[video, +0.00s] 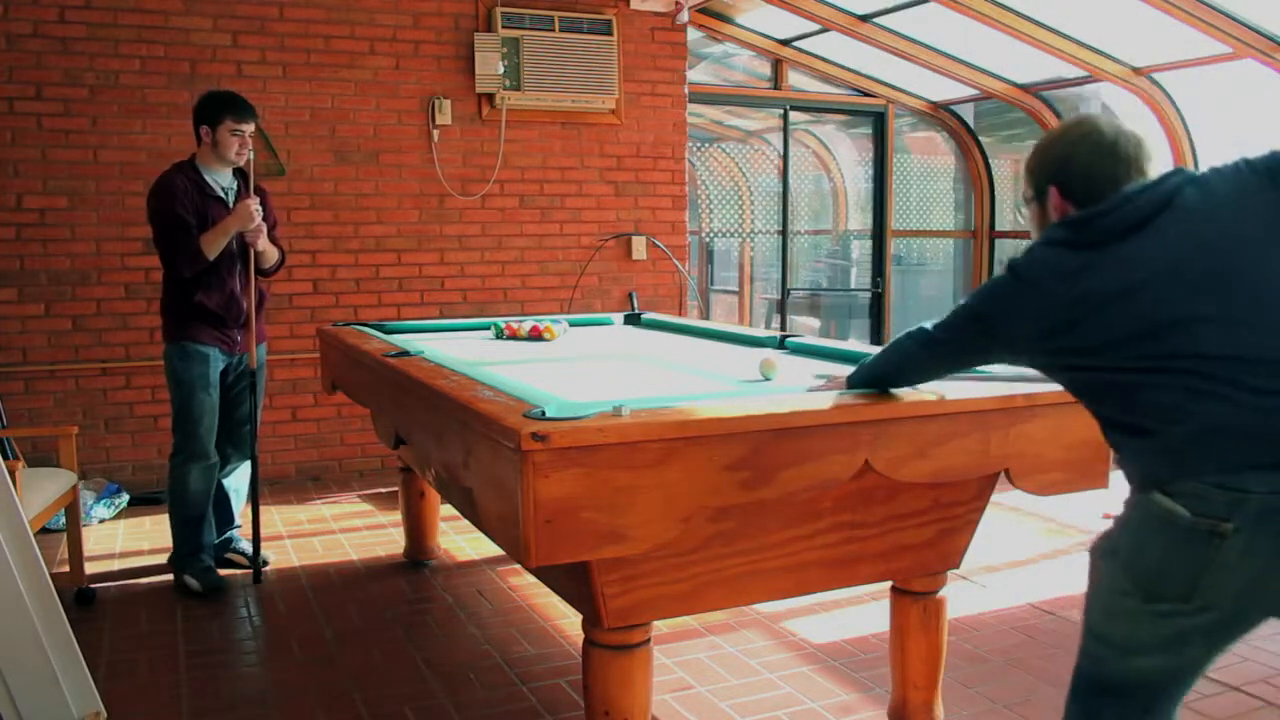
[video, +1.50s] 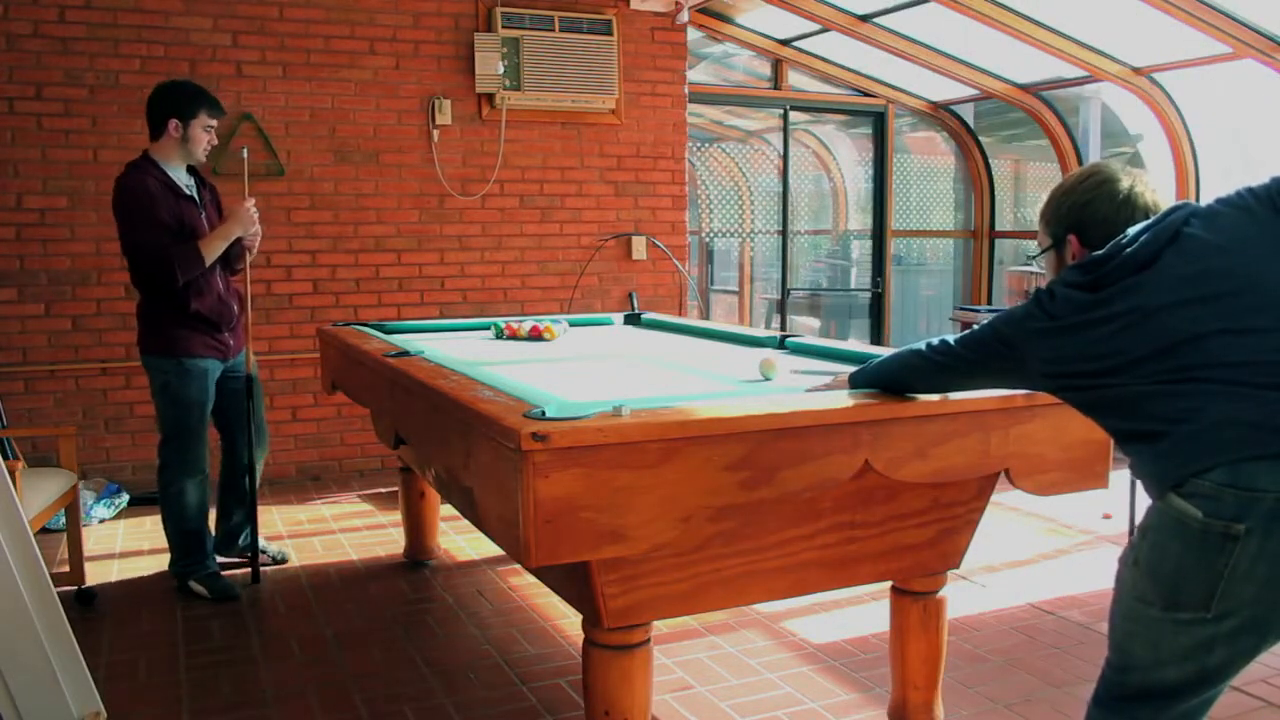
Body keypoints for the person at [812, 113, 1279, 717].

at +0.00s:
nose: (1032, 225)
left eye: (1031, 210)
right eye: (1030, 211)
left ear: (1058, 204)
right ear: (1138, 176)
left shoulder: (1041, 283)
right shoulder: (1246, 189)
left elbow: (932, 346)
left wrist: (861, 381)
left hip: (1222, 511)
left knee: (1111, 700)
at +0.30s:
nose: (1044, 259)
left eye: (1044, 244)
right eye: (1041, 246)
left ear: (1072, 242)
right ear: (1149, 210)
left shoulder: (1056, 316)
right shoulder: (1248, 213)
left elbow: (940, 359)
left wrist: (858, 379)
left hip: (1240, 504)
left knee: (1127, 704)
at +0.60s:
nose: (1044, 268)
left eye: (1045, 251)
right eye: (1041, 254)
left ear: (1073, 249)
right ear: (1149, 221)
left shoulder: (1054, 320)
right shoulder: (1247, 219)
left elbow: (939, 360)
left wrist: (862, 376)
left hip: (1237, 502)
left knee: (1129, 703)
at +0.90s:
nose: (1043, 271)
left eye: (1045, 253)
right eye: (1041, 255)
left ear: (1073, 252)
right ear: (1149, 223)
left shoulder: (1054, 320)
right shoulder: (1246, 219)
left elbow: (938, 361)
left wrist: (860, 376)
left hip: (1239, 504)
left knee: (1133, 703)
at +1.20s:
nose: (1048, 266)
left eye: (1049, 250)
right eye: (1045, 252)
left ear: (1076, 248)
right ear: (1153, 220)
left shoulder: (1057, 317)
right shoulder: (1248, 217)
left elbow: (939, 360)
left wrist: (861, 375)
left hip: (1238, 505)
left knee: (1134, 703)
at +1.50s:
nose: (1049, 267)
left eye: (1050, 251)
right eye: (1047, 253)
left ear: (1077, 248)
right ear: (1152, 218)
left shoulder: (1056, 319)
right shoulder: (1250, 213)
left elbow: (938, 361)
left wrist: (860, 376)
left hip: (1240, 503)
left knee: (1136, 703)